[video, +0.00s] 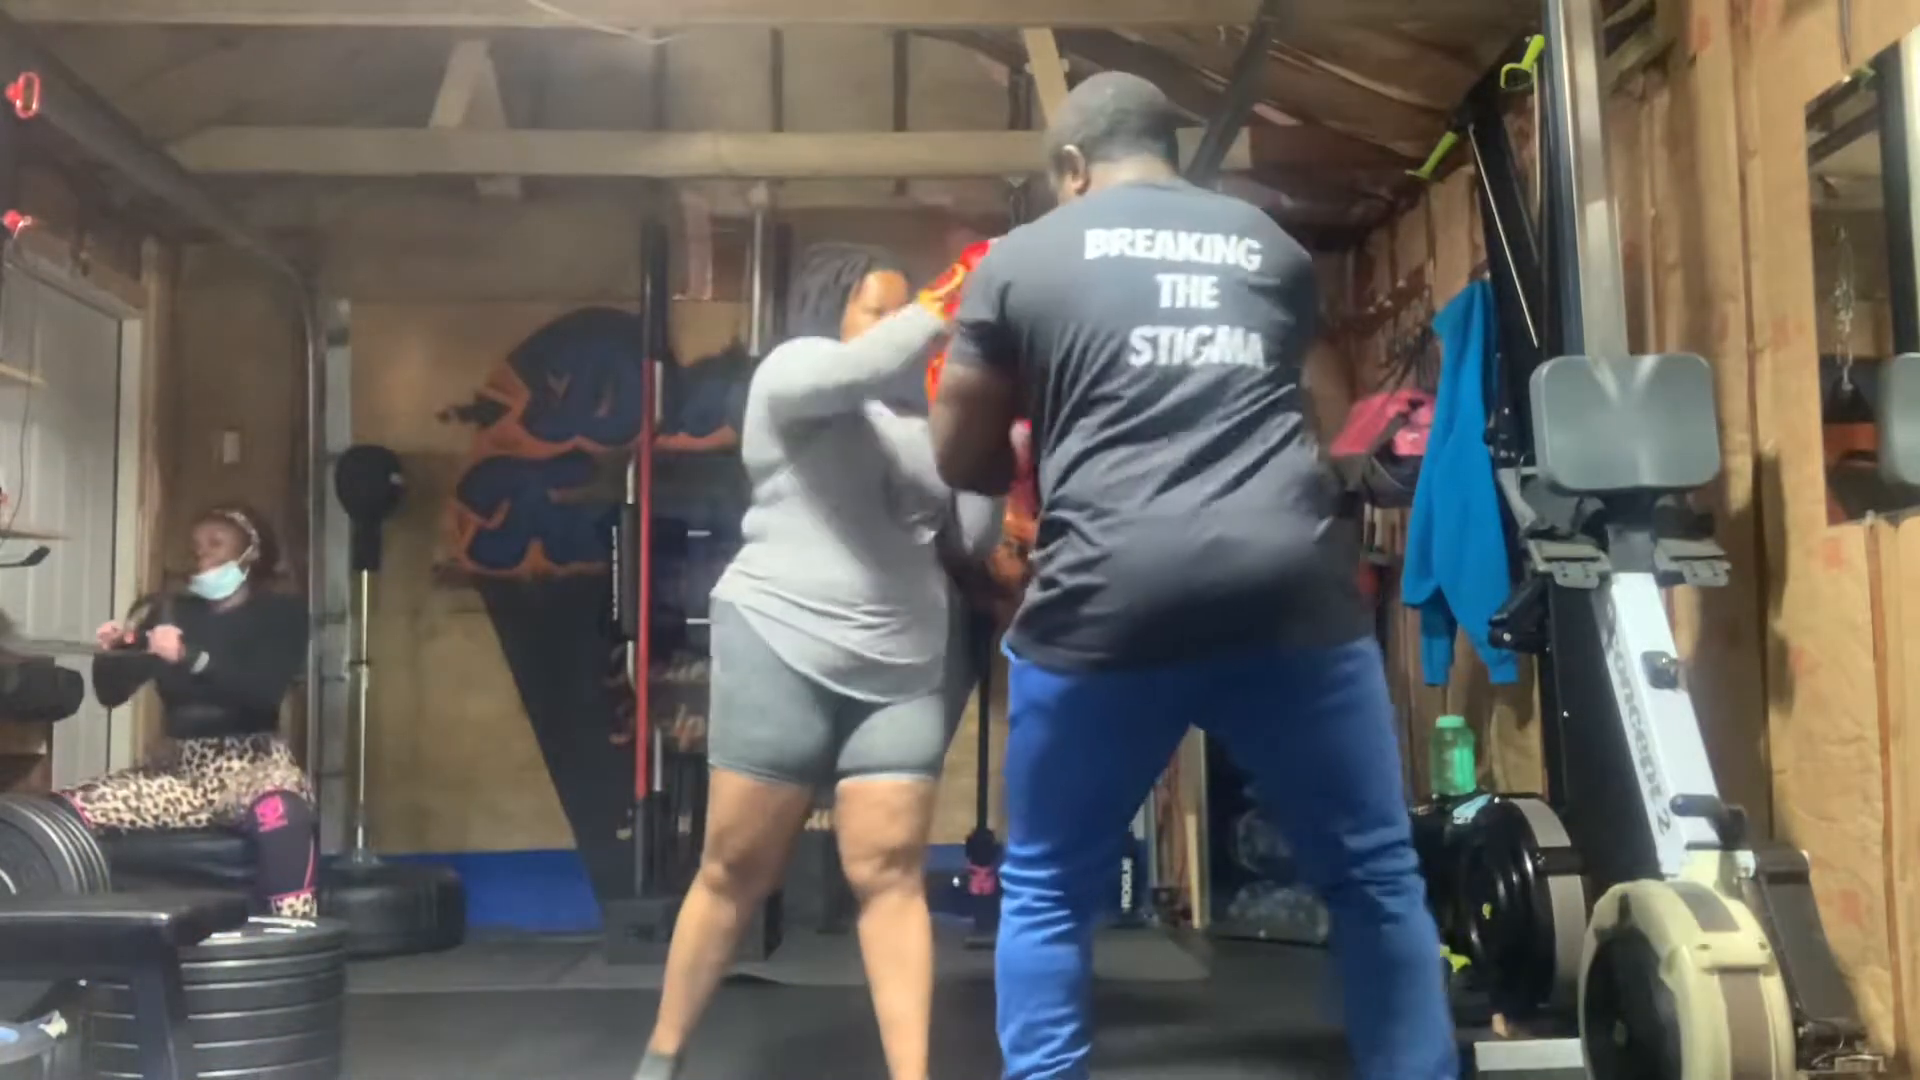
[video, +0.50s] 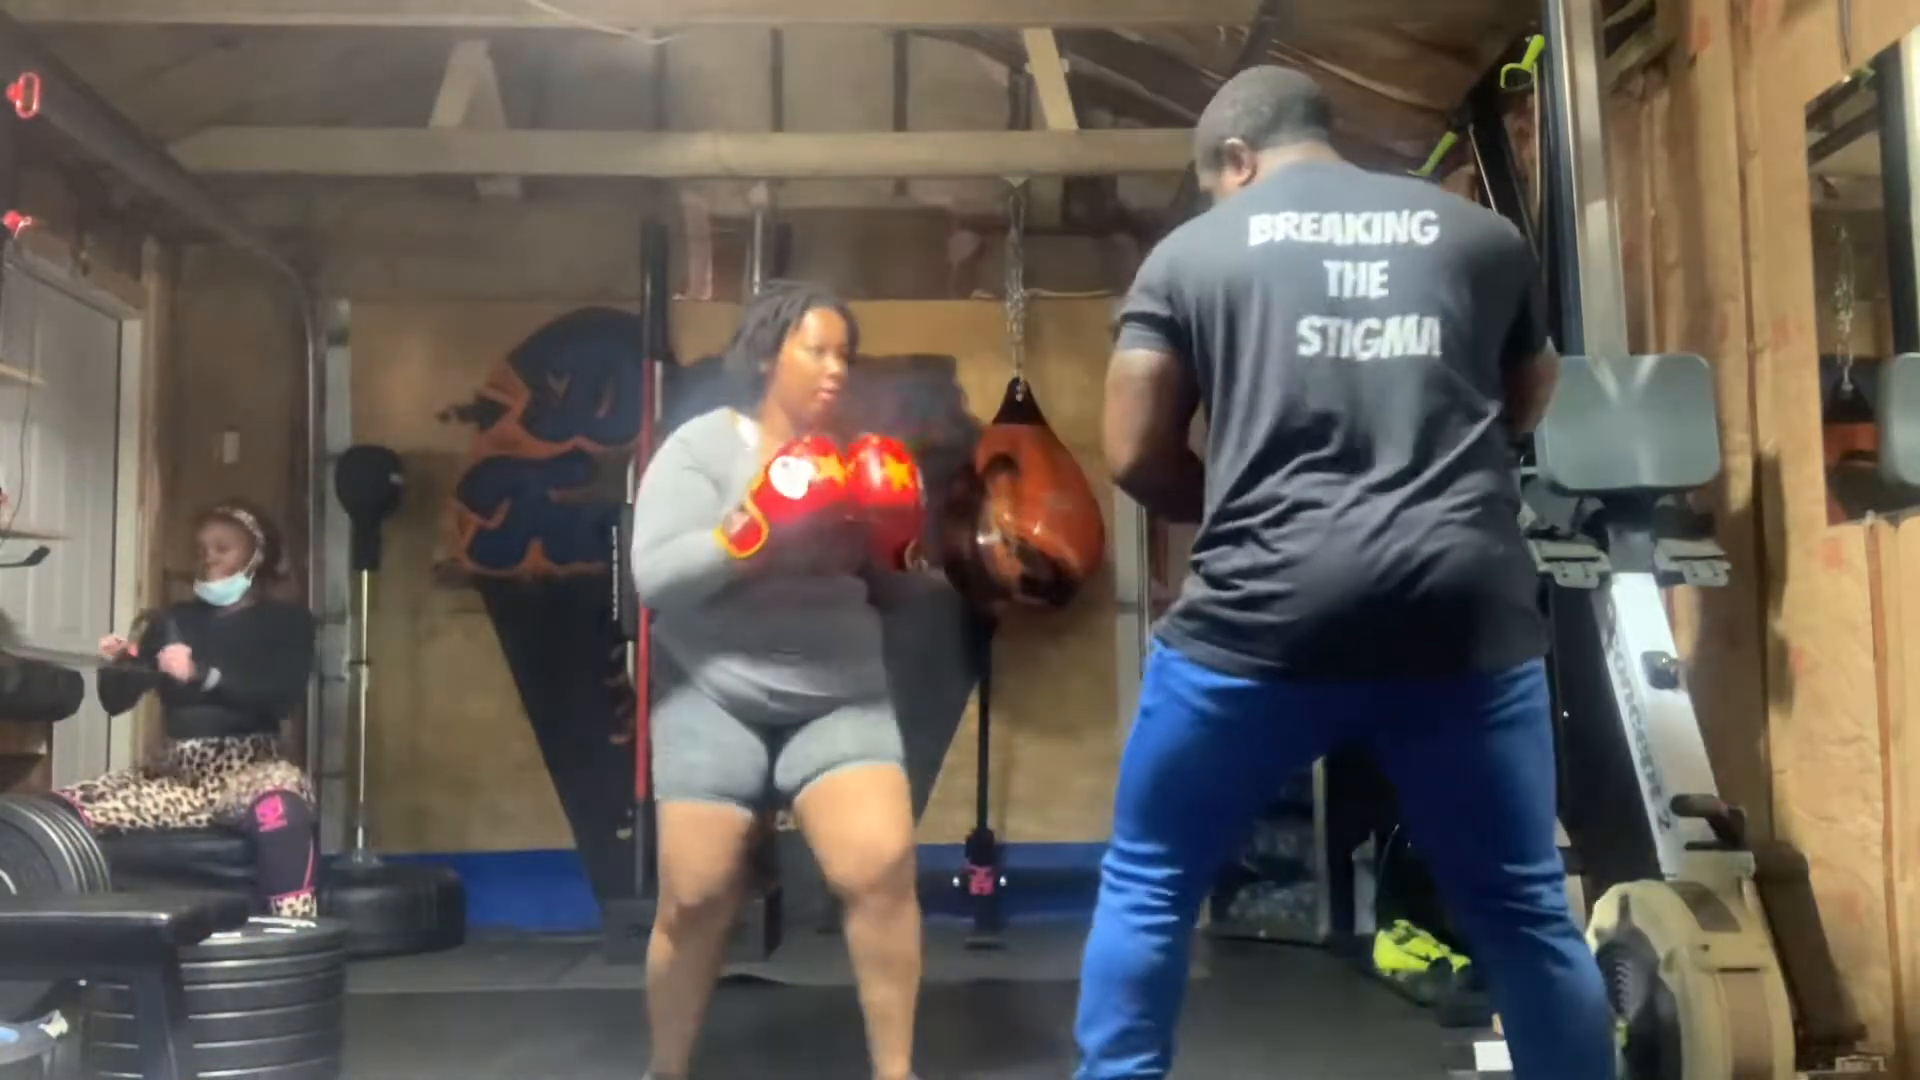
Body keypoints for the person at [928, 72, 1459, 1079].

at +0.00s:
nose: (1057, 192)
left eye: (1054, 178)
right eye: (1058, 181)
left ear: (1074, 167)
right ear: (1176, 154)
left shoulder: (1020, 260)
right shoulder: (1268, 239)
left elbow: (964, 458)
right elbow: (1326, 415)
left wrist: (1029, 444)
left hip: (1112, 589)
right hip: (1290, 579)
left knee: (1048, 889)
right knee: (1376, 875)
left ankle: (1042, 1071)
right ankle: (1417, 1073)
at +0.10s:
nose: (1064, 185)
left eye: (1063, 173)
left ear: (1084, 165)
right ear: (1185, 150)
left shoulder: (1037, 258)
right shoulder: (1303, 246)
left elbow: (992, 461)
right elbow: (1315, 415)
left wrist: (1092, 482)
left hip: (1131, 589)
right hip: (1314, 580)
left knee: (1059, 886)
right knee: (1407, 873)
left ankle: (1049, 1071)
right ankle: (1484, 1072)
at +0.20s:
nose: (1099, 202)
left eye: (1098, 186)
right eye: (1100, 189)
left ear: (1118, 171)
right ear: (1229, 157)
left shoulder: (1072, 263)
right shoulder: (1355, 250)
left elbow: (1020, 463)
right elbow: (1363, 428)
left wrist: (1127, 521)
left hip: (1163, 603)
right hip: (1353, 602)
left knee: (1077, 891)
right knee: (1456, 889)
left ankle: (1055, 1071)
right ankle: (1547, 1073)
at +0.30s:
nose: (1152, 219)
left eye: (1150, 200)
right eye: (1150, 202)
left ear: (1173, 179)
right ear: (1271, 157)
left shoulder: (1128, 274)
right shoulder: (1411, 259)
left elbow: (1069, 471)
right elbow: (1446, 428)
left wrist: (1170, 519)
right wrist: (1357, 492)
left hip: (1216, 618)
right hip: (1407, 613)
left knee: (1104, 892)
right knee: (1493, 906)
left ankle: (1064, 1074)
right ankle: (1569, 1076)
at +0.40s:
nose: (1194, 210)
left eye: (1190, 192)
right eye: (1193, 196)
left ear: (1213, 170)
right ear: (1310, 150)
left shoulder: (1168, 263)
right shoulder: (1458, 241)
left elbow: (1115, 464)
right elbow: (1497, 421)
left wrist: (1212, 514)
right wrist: (1402, 482)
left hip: (1251, 608)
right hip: (1455, 609)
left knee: (1129, 891)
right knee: (1520, 912)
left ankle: (1078, 1074)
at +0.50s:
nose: (1212, 203)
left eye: (1209, 185)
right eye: (1210, 188)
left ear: (1239, 159)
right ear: (1331, 141)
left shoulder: (1189, 253)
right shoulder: (1485, 232)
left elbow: (1137, 456)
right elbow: (1523, 408)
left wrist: (1241, 502)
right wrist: (1409, 455)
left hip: (1269, 603)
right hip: (1472, 604)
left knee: (1150, 878)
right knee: (1527, 908)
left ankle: (1115, 1073)